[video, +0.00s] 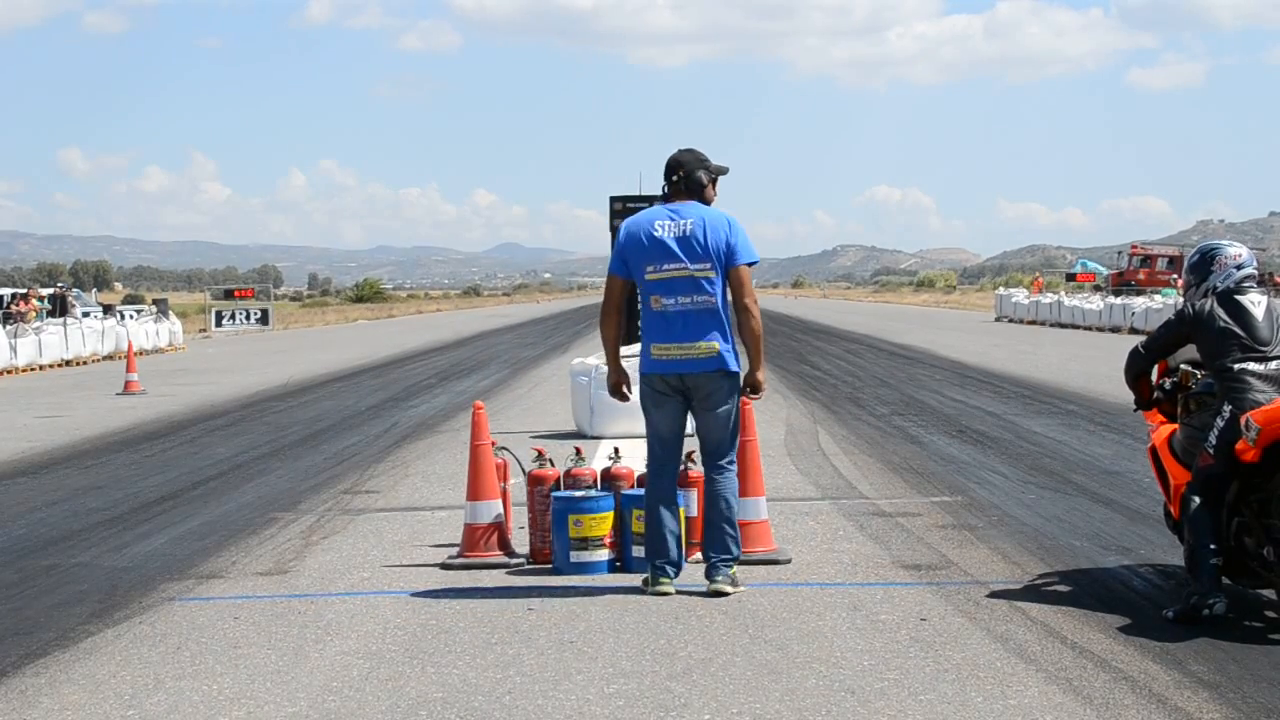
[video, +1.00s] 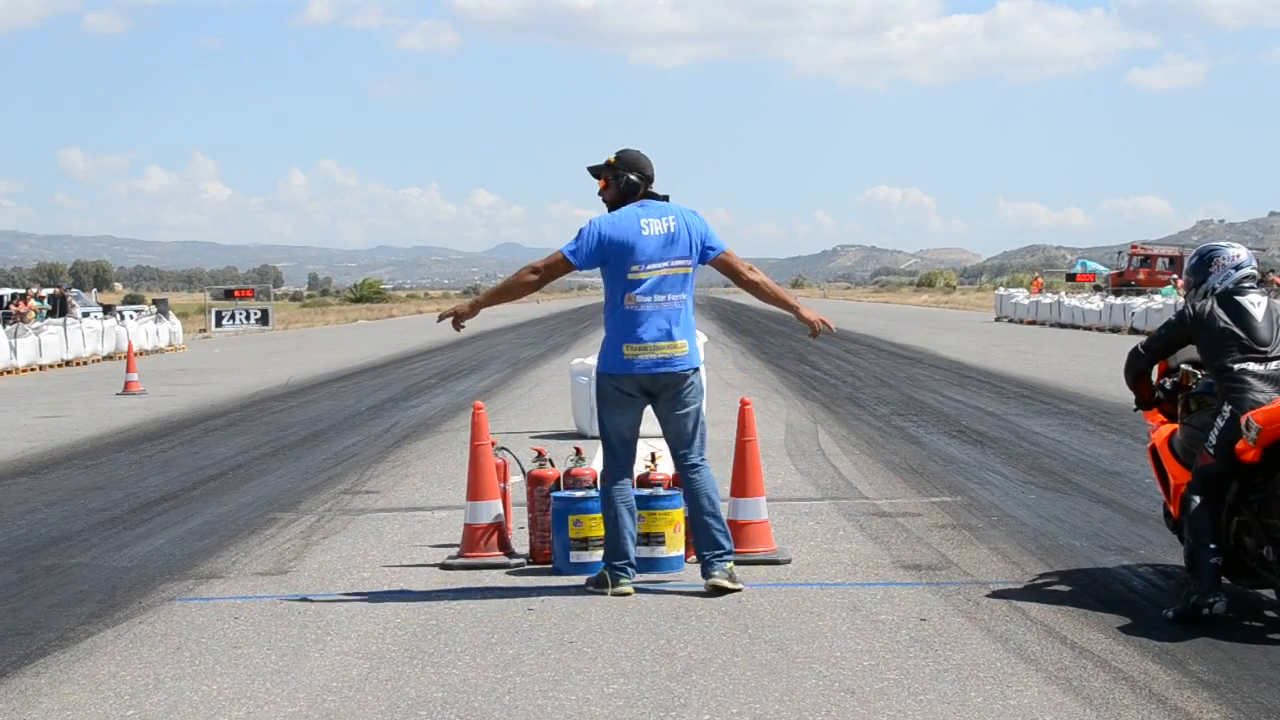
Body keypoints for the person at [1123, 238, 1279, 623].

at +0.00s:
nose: (1186, 287)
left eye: (1190, 280)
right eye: (1187, 280)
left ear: (1205, 276)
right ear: (1244, 268)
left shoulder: (1200, 309)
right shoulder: (1271, 301)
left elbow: (1139, 357)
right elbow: (1258, 353)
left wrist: (1148, 398)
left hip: (1243, 405)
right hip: (1279, 399)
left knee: (1198, 494)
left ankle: (1206, 593)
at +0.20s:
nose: (1185, 287)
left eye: (1189, 280)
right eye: (1186, 280)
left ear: (1203, 276)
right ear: (1243, 269)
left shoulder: (1198, 309)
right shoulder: (1270, 303)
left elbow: (1137, 358)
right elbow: (1257, 353)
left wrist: (1147, 398)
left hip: (1243, 404)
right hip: (1279, 399)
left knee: (1198, 493)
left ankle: (1206, 592)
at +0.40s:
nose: (1185, 287)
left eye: (1188, 280)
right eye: (1186, 280)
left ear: (1203, 276)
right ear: (1243, 269)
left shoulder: (1198, 309)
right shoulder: (1270, 304)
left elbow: (1137, 359)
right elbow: (1256, 354)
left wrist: (1148, 398)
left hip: (1243, 403)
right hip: (1279, 398)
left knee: (1198, 493)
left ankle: (1207, 592)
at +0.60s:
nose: (1186, 288)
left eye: (1189, 281)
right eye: (1187, 281)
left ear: (1203, 277)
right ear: (1244, 269)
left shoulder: (1198, 309)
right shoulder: (1271, 304)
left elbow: (1137, 359)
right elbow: (1256, 354)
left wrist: (1148, 398)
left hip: (1242, 406)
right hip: (1279, 400)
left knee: (1199, 492)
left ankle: (1206, 591)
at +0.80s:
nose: (1187, 288)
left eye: (1190, 280)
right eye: (1188, 281)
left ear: (1204, 277)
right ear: (1245, 269)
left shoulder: (1199, 310)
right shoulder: (1270, 303)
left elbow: (1138, 358)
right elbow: (1256, 353)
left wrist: (1149, 398)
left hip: (1244, 403)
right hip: (1279, 398)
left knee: (1200, 493)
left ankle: (1206, 593)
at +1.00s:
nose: (1187, 288)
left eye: (1191, 280)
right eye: (1188, 281)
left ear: (1206, 276)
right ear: (1245, 268)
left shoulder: (1200, 309)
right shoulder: (1273, 303)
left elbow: (1139, 357)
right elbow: (1260, 353)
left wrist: (1148, 397)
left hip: (1244, 404)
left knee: (1199, 494)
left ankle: (1206, 592)